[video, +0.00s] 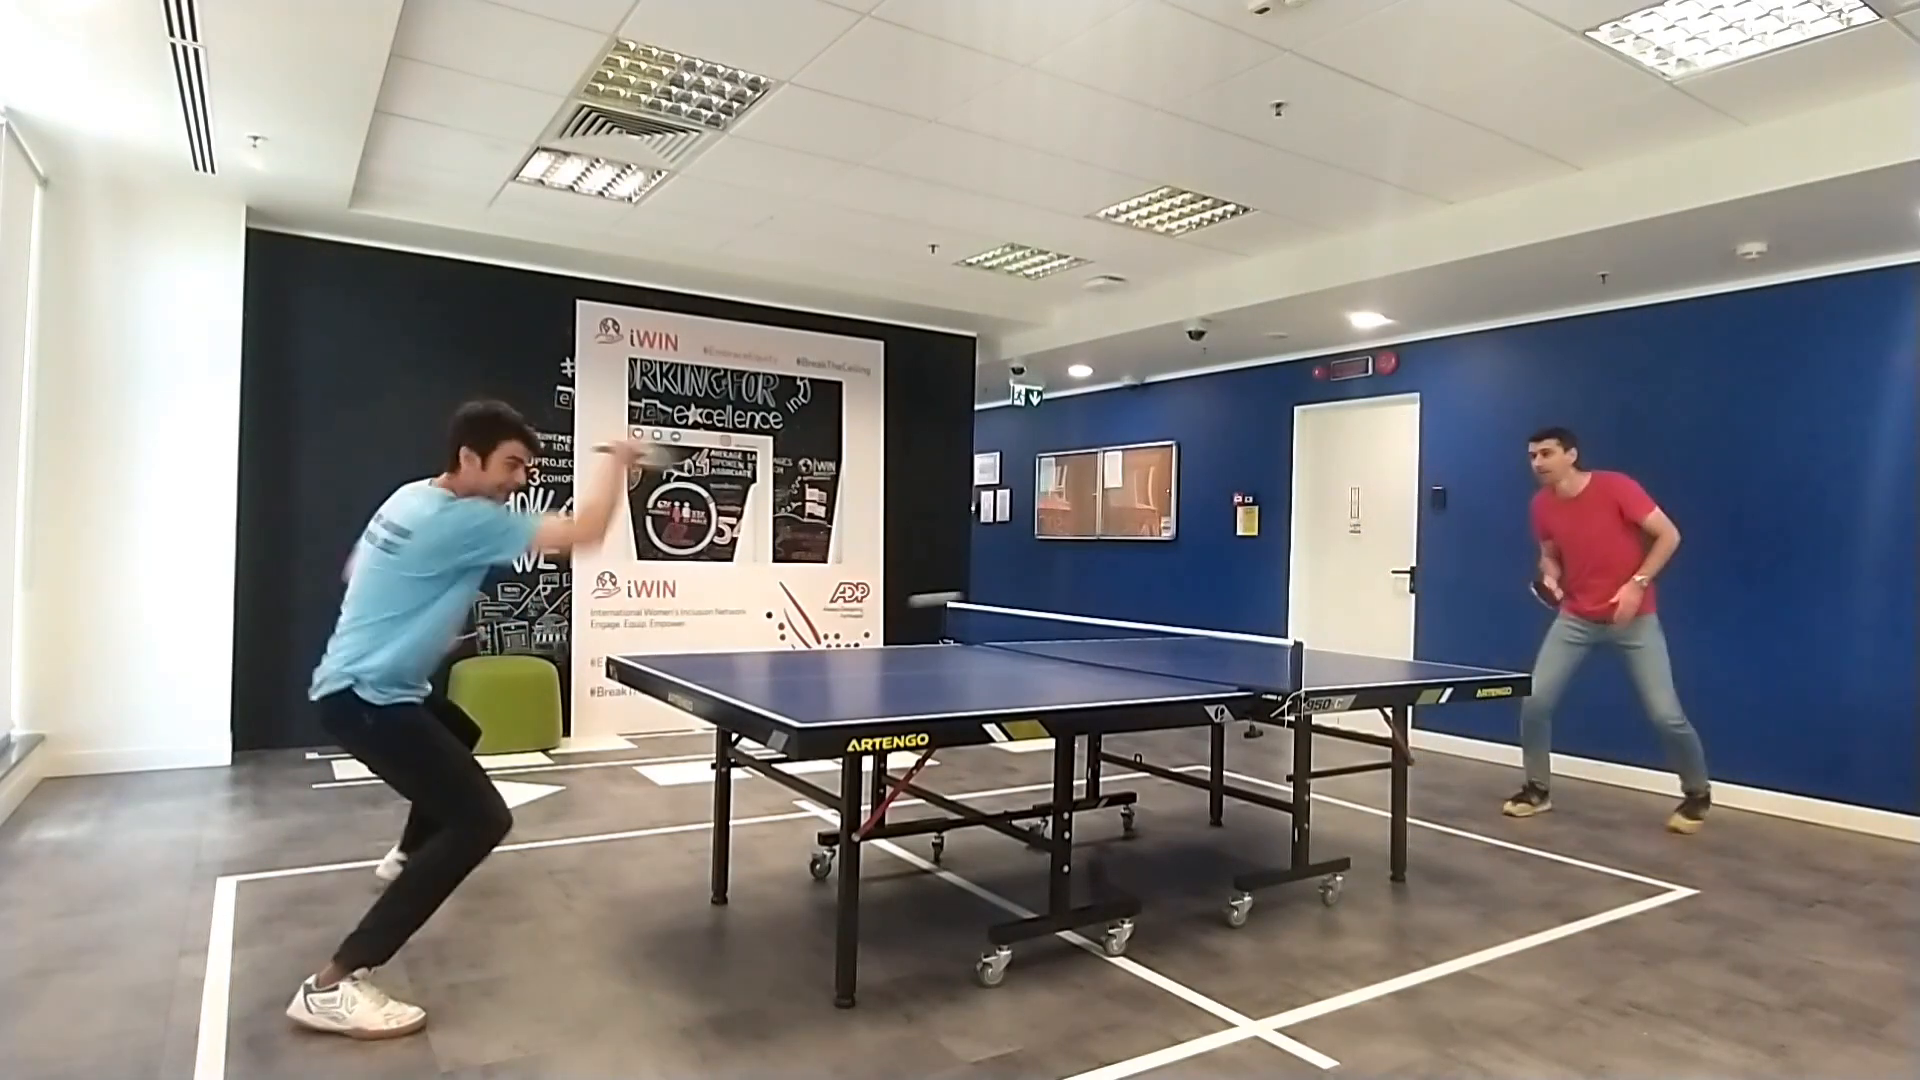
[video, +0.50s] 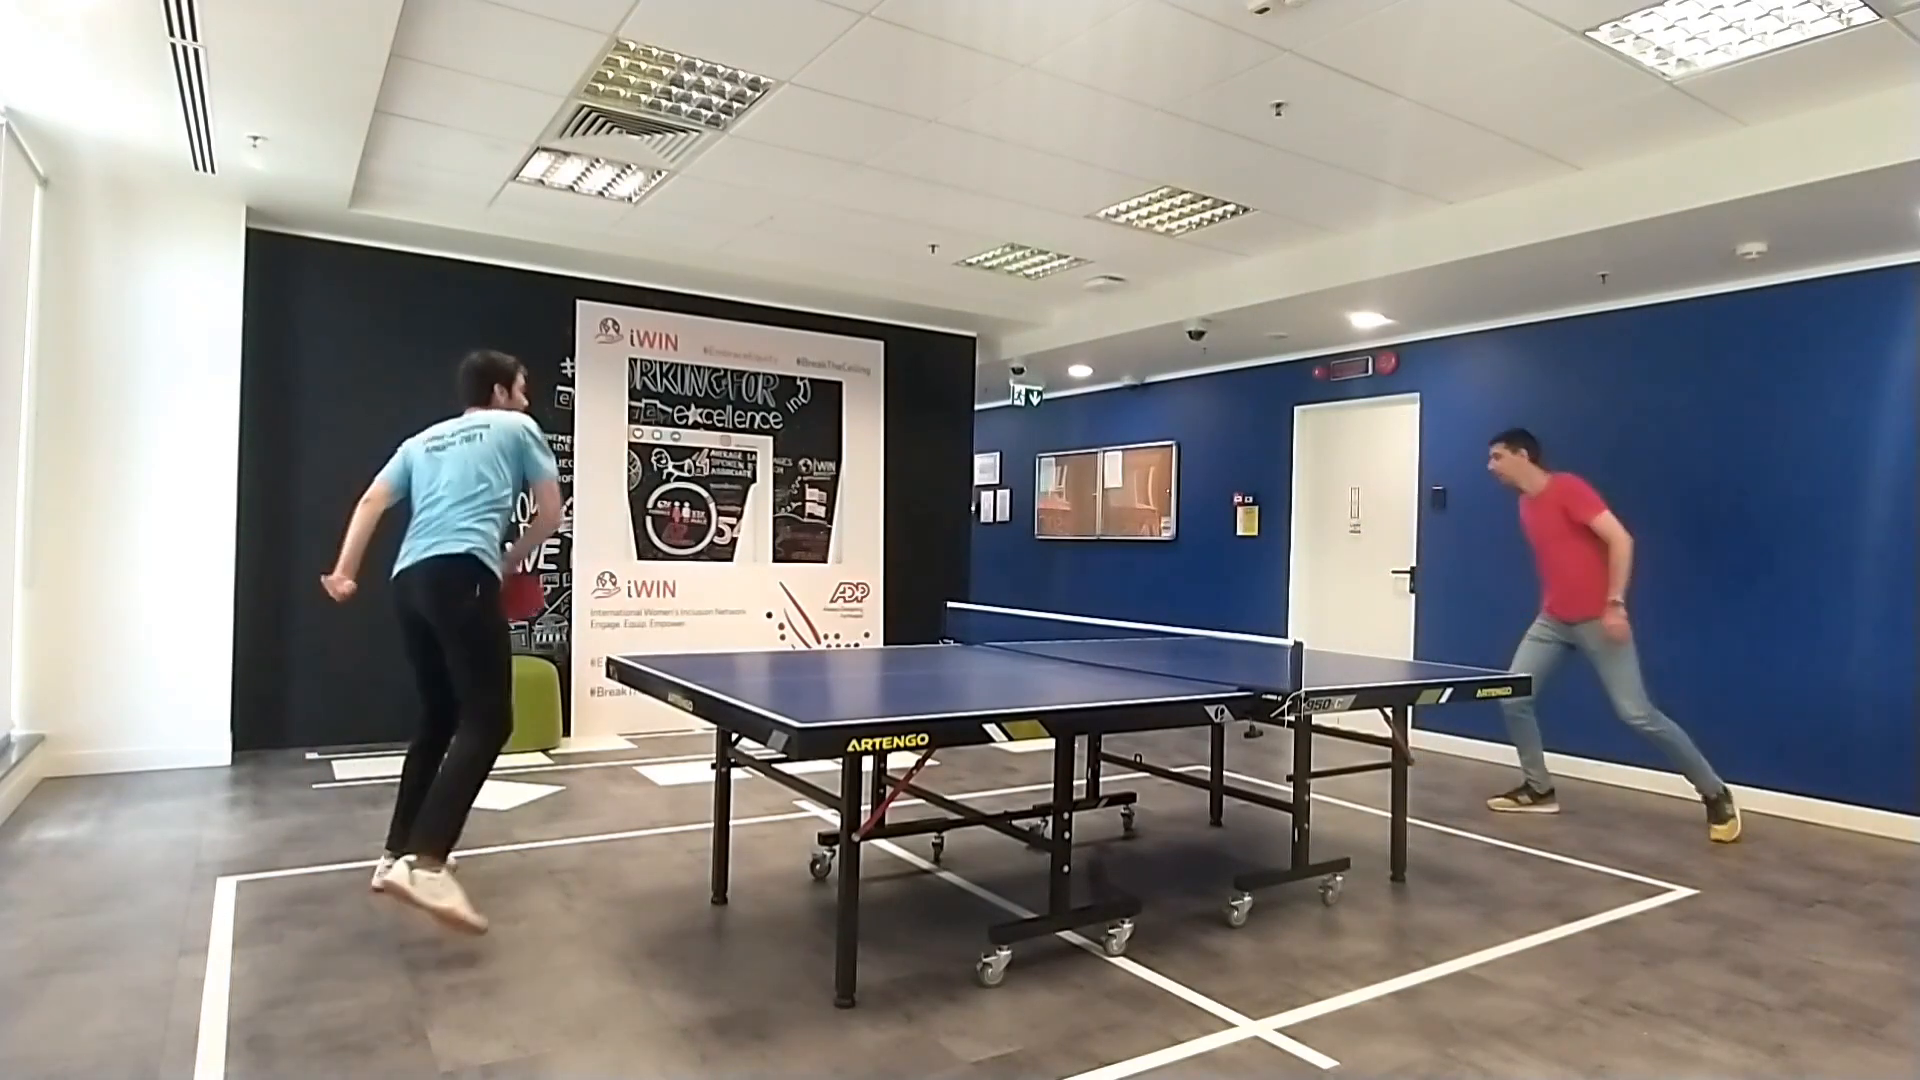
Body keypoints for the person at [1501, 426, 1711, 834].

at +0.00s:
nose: (1537, 462)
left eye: (1545, 453)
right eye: (1532, 456)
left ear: (1571, 455)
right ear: (1532, 463)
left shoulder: (1615, 488)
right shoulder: (1542, 505)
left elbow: (1669, 535)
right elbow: (1549, 556)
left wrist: (1637, 584)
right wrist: (1550, 577)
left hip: (1633, 621)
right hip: (1575, 621)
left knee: (1666, 716)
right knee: (1536, 700)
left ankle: (1698, 796)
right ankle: (1537, 791)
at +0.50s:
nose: (1492, 466)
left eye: (1497, 457)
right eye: (1490, 460)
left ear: (1522, 455)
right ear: (1513, 460)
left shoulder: (1567, 489)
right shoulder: (1526, 507)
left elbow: (1620, 538)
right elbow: (1555, 557)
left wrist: (1615, 603)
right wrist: (1551, 608)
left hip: (1598, 619)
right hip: (1553, 620)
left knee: (1636, 713)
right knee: (1514, 695)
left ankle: (1716, 795)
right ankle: (1538, 788)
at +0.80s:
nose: (1466, 445)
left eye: (1468, 436)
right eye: (1467, 437)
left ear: (1481, 435)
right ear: (1496, 435)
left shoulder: (1513, 472)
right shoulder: (1513, 473)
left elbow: (1506, 532)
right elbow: (1511, 539)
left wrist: (1481, 587)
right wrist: (1490, 591)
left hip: (1530, 598)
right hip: (1521, 597)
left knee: (1514, 688)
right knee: (1509, 689)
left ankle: (1580, 778)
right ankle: (1538, 784)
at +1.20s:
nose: (1408, 452)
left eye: (1411, 445)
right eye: (1410, 445)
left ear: (1422, 447)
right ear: (1442, 450)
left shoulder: (1425, 483)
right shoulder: (1472, 488)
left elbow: (1408, 540)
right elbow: (1488, 549)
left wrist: (1368, 581)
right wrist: (1489, 601)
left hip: (1436, 603)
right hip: (1472, 602)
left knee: (1403, 687)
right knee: (1480, 689)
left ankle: (1398, 768)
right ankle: (1533, 778)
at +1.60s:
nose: (1331, 461)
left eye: (1332, 455)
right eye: (1332, 455)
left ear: (1341, 453)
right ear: (1362, 455)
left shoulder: (1337, 483)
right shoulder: (1391, 489)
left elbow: (1320, 541)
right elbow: (1417, 541)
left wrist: (1311, 572)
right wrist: (1429, 591)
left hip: (1356, 595)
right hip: (1386, 594)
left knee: (1374, 681)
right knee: (1341, 665)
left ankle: (1398, 764)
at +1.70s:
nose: (1312, 468)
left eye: (1313, 461)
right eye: (1313, 462)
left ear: (1322, 460)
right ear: (1344, 461)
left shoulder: (1318, 488)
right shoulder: (1369, 495)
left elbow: (1299, 545)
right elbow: (1393, 550)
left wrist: (1286, 576)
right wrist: (1403, 598)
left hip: (1337, 598)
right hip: (1364, 597)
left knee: (1359, 683)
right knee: (1316, 667)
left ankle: (1392, 759)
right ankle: (1292, 729)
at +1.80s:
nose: (1295, 468)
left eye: (1296, 462)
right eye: (1296, 462)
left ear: (1304, 461)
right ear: (1325, 462)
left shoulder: (1299, 487)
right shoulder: (1348, 495)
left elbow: (1281, 543)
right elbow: (1367, 551)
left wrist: (1264, 584)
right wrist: (1376, 600)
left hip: (1314, 597)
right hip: (1340, 596)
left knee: (1332, 680)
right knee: (1299, 664)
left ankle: (1382, 745)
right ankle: (1287, 735)